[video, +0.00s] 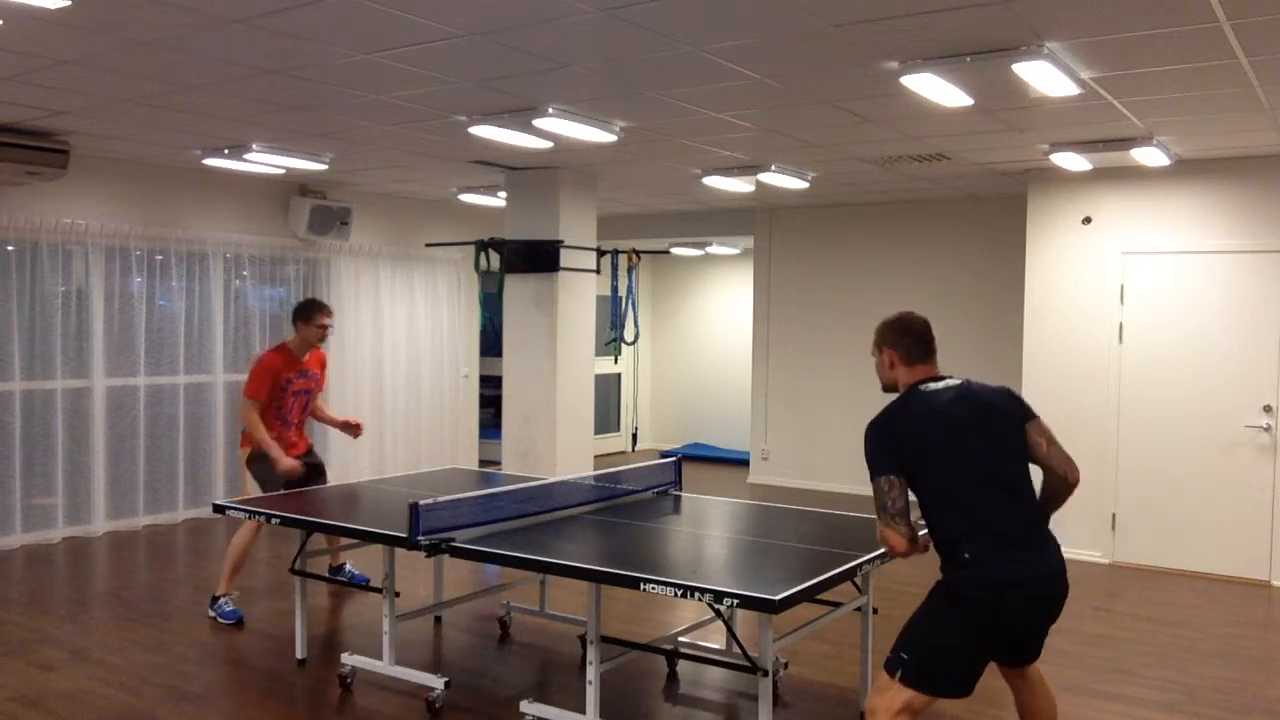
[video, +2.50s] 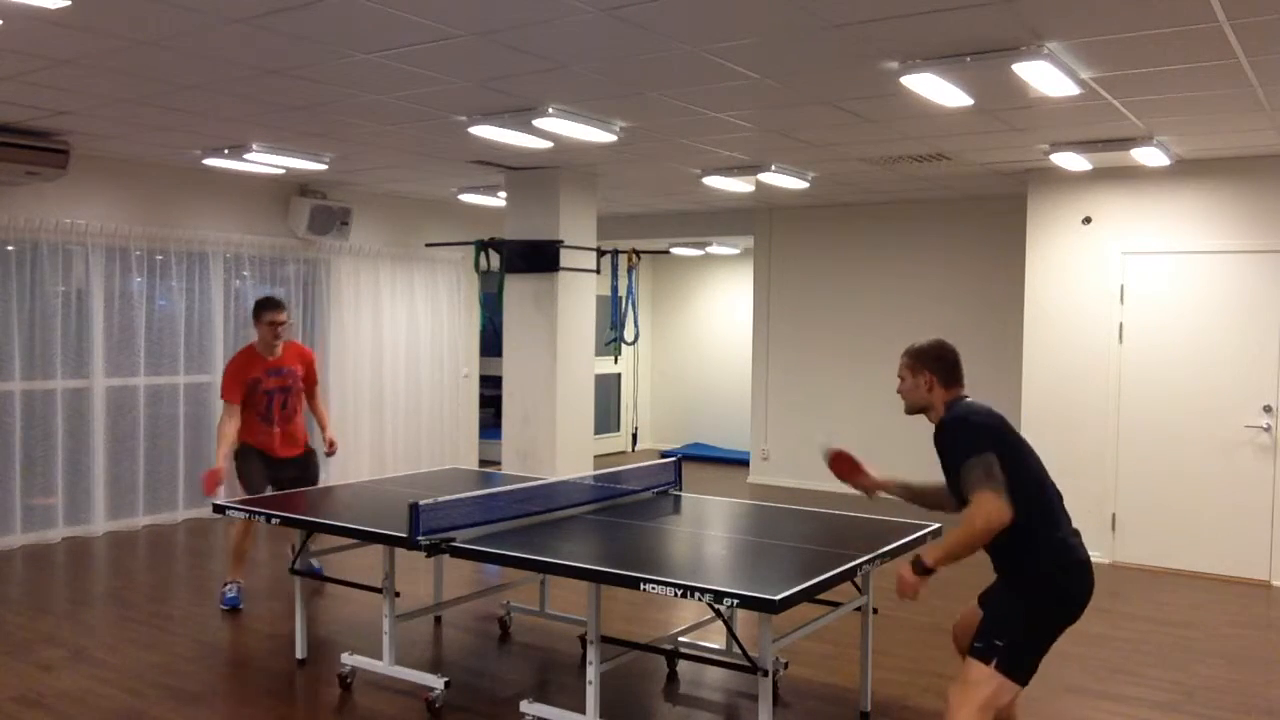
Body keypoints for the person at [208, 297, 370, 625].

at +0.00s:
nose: (327, 333)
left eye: (329, 327)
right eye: (322, 327)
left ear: (322, 328)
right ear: (301, 326)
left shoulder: (318, 359)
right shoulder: (270, 362)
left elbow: (312, 404)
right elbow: (248, 413)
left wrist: (338, 423)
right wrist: (277, 455)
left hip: (299, 448)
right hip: (263, 450)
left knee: (328, 501)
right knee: (259, 515)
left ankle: (337, 565)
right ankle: (222, 595)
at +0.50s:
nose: (369, 322)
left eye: (372, 317)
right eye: (364, 315)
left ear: (368, 320)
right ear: (346, 313)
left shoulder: (333, 346)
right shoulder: (335, 347)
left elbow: (316, 397)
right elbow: (364, 398)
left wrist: (348, 417)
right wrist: (412, 416)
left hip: (315, 441)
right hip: (288, 439)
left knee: (333, 505)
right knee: (259, 511)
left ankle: (339, 563)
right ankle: (230, 586)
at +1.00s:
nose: (325, 322)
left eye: (329, 317)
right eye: (319, 317)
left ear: (333, 319)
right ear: (302, 317)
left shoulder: (337, 352)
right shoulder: (277, 356)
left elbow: (341, 392)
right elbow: (263, 404)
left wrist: (362, 422)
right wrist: (262, 448)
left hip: (325, 445)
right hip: (284, 447)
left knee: (350, 503)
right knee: (262, 511)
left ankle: (365, 554)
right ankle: (243, 585)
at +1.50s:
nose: (291, 326)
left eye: (295, 320)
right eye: (285, 320)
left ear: (298, 321)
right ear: (267, 319)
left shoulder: (299, 351)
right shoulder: (247, 355)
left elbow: (300, 395)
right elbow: (238, 408)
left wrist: (317, 411)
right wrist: (249, 394)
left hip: (290, 439)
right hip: (252, 442)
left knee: (322, 497)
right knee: (245, 512)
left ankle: (337, 556)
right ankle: (239, 584)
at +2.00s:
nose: (310, 312)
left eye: (313, 307)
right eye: (305, 306)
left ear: (311, 309)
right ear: (286, 306)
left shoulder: (310, 342)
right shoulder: (260, 344)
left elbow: (305, 384)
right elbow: (240, 394)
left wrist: (319, 412)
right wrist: (215, 439)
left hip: (290, 436)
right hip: (255, 435)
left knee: (287, 500)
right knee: (246, 505)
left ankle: (282, 557)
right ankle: (239, 580)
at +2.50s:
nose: (279, 331)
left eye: (283, 324)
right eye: (272, 325)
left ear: (288, 323)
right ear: (256, 325)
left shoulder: (302, 357)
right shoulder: (239, 365)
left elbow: (312, 394)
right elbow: (230, 417)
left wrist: (326, 430)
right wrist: (221, 463)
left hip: (294, 447)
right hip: (253, 448)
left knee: (303, 505)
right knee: (255, 504)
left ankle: (300, 554)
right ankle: (234, 581)